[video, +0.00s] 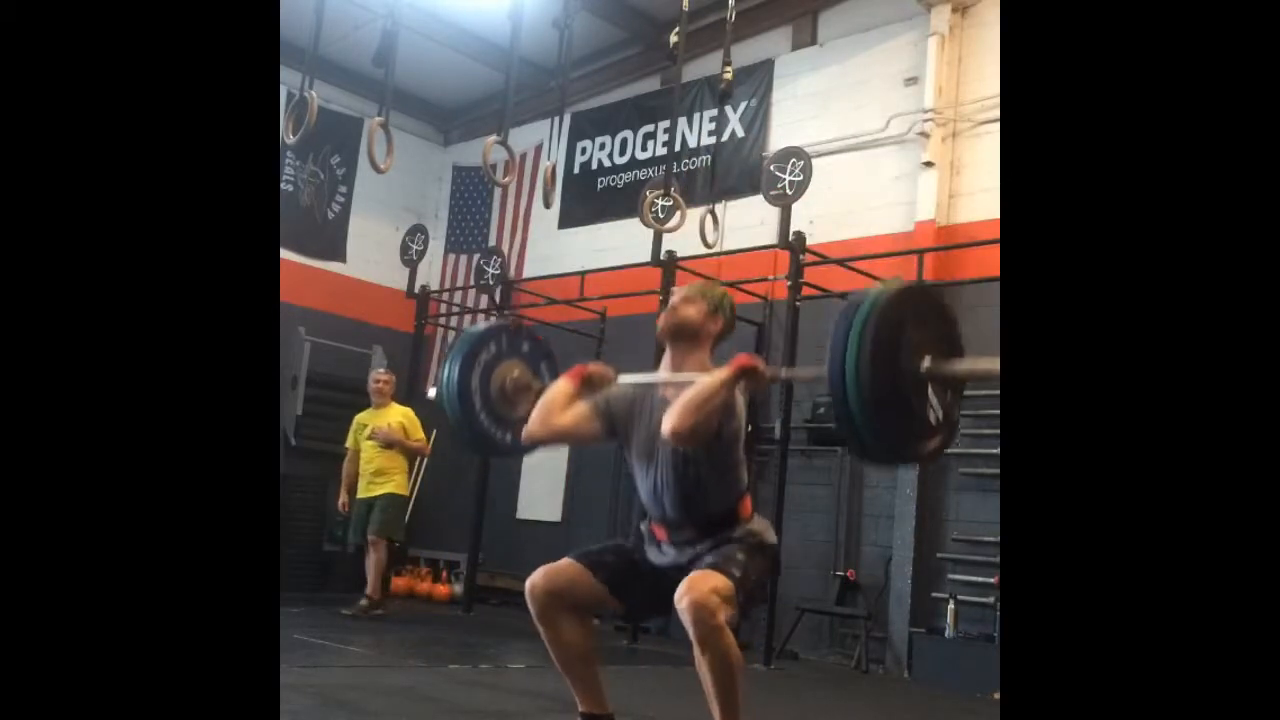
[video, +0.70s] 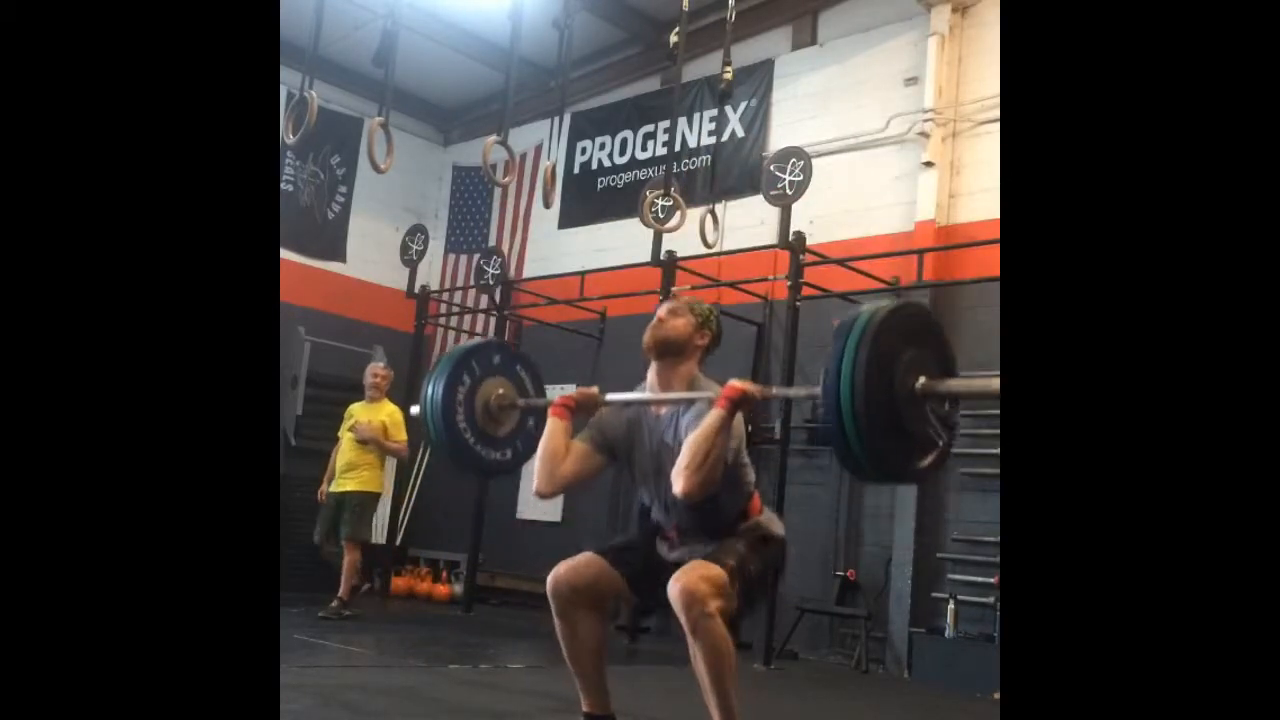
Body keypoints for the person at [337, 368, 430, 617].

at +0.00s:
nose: (381, 386)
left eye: (386, 382)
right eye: (376, 382)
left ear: (393, 387)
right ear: (368, 386)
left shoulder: (405, 414)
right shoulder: (360, 419)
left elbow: (424, 448)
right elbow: (351, 457)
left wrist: (395, 439)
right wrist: (344, 491)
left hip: (393, 486)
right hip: (366, 488)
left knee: (375, 538)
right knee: (369, 543)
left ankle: (370, 596)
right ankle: (375, 596)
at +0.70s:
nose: (377, 381)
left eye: (382, 378)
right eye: (373, 376)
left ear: (389, 382)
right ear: (364, 379)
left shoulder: (392, 413)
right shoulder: (353, 409)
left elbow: (402, 451)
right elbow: (339, 446)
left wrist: (374, 438)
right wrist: (326, 480)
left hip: (366, 484)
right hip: (339, 482)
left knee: (350, 541)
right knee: (324, 539)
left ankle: (342, 598)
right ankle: (357, 577)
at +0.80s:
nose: (376, 381)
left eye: (382, 377)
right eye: (372, 375)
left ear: (388, 382)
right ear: (362, 378)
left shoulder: (391, 412)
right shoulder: (351, 409)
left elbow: (403, 451)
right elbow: (337, 446)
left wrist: (373, 438)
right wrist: (324, 479)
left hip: (365, 486)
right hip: (336, 483)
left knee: (354, 542)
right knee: (316, 536)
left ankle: (342, 599)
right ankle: (336, 585)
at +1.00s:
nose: (370, 379)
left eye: (376, 376)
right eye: (366, 374)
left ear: (383, 382)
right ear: (357, 378)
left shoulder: (389, 412)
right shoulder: (343, 408)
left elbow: (402, 451)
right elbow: (328, 445)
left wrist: (370, 439)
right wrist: (317, 479)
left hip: (363, 488)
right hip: (332, 484)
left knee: (355, 544)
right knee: (311, 539)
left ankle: (343, 600)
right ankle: (293, 595)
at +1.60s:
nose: (325, 372)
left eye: (330, 368)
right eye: (320, 367)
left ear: (337, 373)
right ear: (311, 371)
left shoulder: (351, 403)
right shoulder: (297, 405)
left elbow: (371, 438)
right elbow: (286, 443)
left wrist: (347, 435)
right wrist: (282, 476)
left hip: (336, 488)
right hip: (299, 485)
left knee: (335, 546)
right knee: (288, 540)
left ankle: (337, 597)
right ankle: (282, 593)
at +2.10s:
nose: (307, 370)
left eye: (311, 366)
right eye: (302, 365)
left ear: (316, 370)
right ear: (289, 368)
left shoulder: (330, 398)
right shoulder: (282, 399)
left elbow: (353, 432)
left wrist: (327, 429)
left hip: (318, 478)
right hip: (285, 479)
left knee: (321, 531)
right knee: (284, 540)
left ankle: (317, 588)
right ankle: (280, 592)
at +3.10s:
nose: (350, 364)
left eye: (355, 360)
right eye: (345, 358)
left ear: (360, 366)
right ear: (333, 362)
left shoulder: (370, 401)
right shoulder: (311, 396)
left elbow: (385, 438)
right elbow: (294, 436)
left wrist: (366, 434)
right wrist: (285, 471)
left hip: (346, 486)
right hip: (310, 480)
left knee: (328, 545)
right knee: (292, 539)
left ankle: (313, 605)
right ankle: (281, 594)